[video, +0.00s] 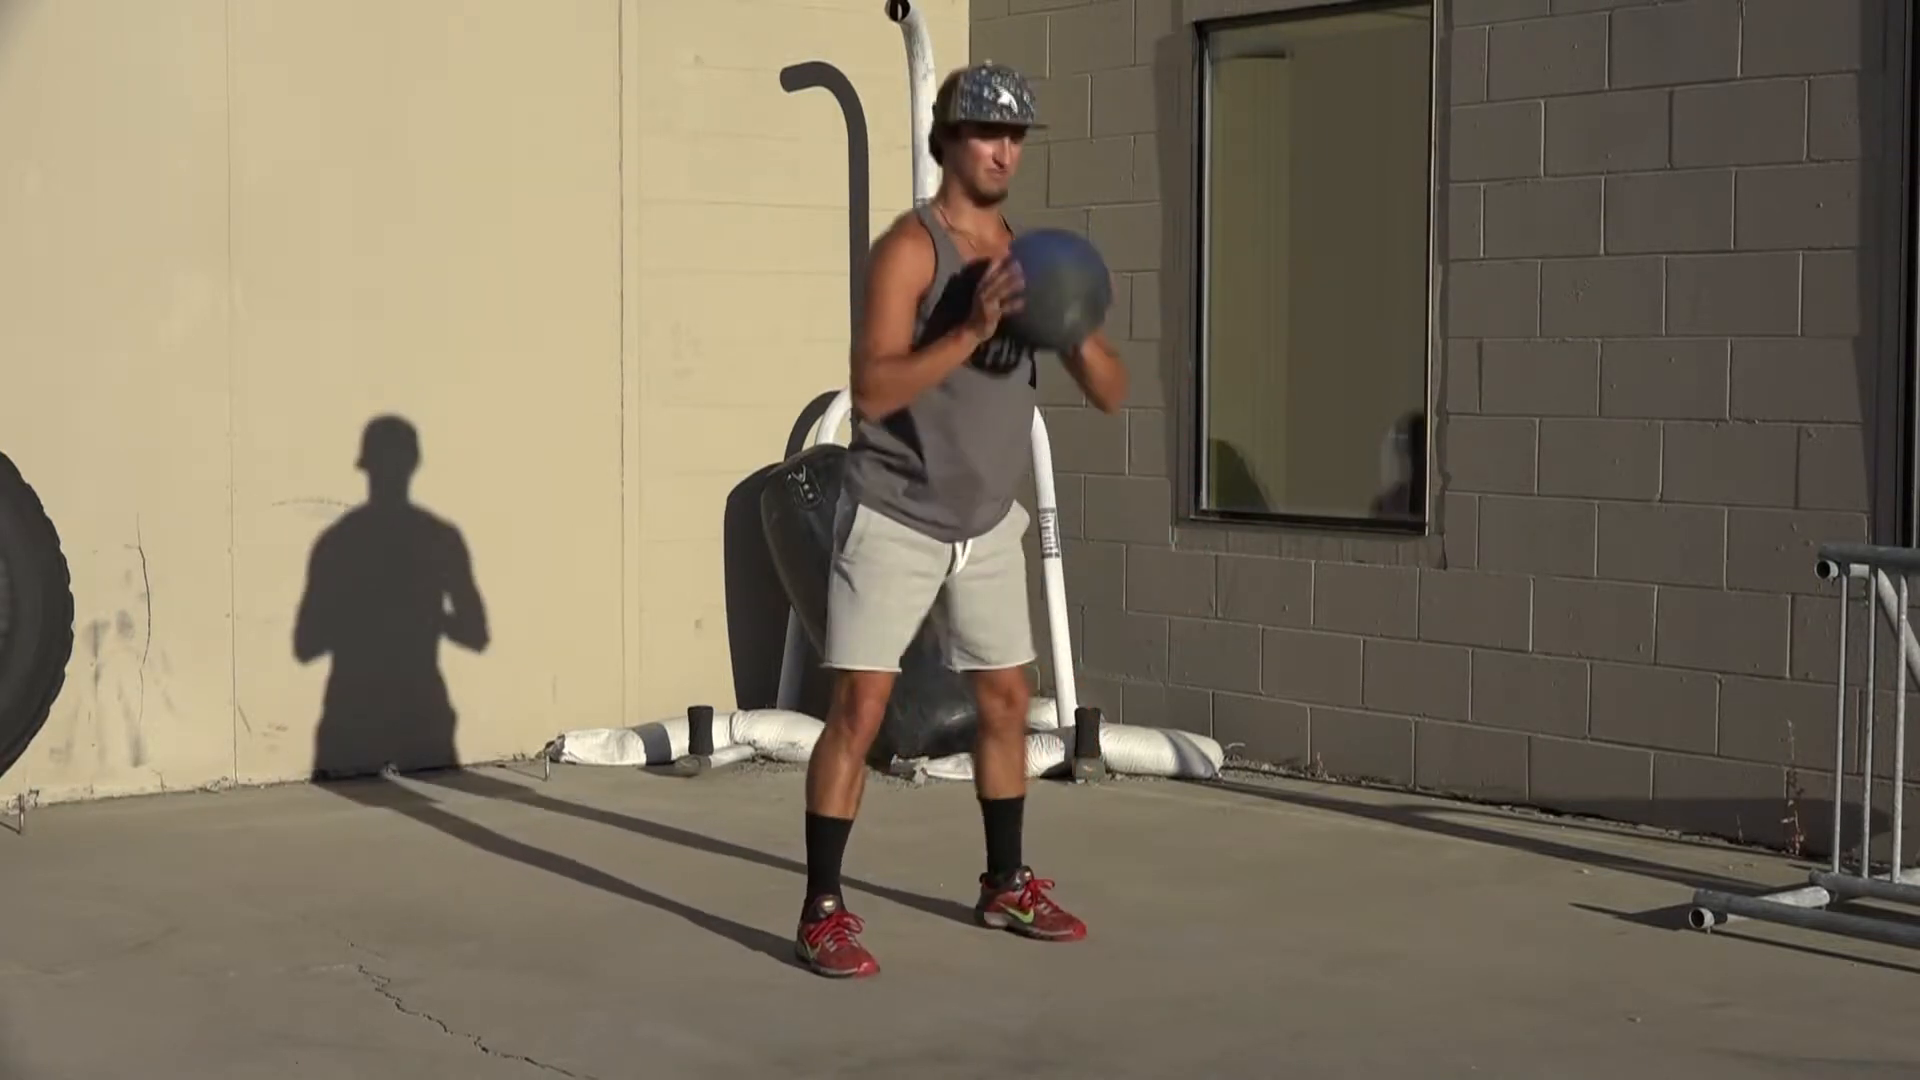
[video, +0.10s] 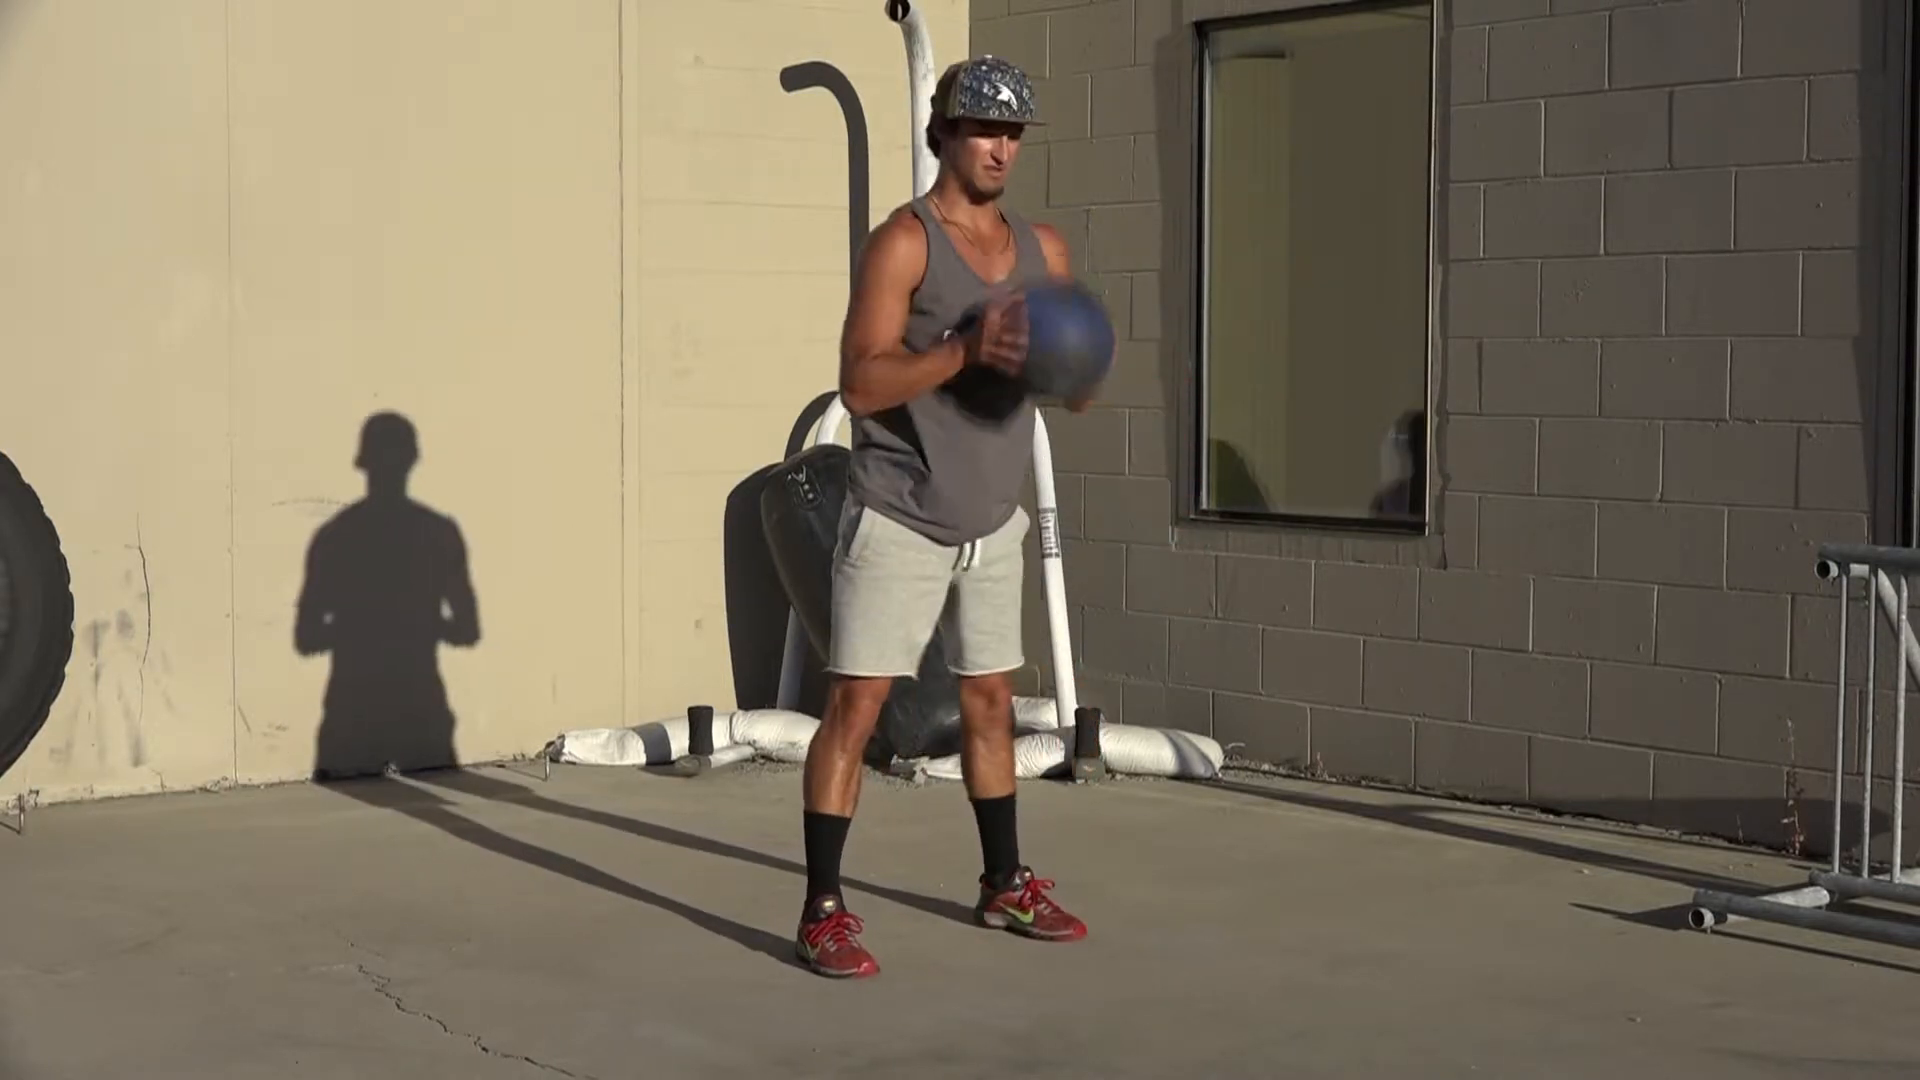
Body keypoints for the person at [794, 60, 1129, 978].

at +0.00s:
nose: (1001, 150)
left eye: (1012, 137)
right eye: (983, 134)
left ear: (1024, 151)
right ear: (945, 143)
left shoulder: (1030, 258)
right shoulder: (906, 251)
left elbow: (1112, 393)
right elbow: (871, 393)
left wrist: (1066, 314)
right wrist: (973, 330)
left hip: (992, 522)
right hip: (894, 517)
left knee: (1004, 700)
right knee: (860, 710)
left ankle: (1006, 886)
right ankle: (822, 910)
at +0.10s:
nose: (999, 148)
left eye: (1012, 134)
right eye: (982, 132)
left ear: (1024, 145)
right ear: (942, 137)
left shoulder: (1043, 246)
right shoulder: (901, 243)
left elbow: (1069, 386)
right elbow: (861, 387)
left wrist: (1070, 354)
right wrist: (966, 352)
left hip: (995, 514)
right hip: (898, 512)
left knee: (989, 698)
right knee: (858, 704)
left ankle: (1005, 887)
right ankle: (822, 910)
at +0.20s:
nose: (997, 153)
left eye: (1011, 139)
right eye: (980, 135)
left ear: (1024, 149)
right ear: (943, 139)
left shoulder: (1041, 249)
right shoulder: (901, 245)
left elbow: (1054, 371)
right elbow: (859, 385)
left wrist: (1061, 416)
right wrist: (966, 393)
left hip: (994, 513)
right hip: (899, 507)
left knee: (988, 698)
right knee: (859, 702)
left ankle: (1004, 886)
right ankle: (823, 910)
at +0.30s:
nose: (1010, 166)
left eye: (1022, 151)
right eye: (993, 149)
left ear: (1032, 159)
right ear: (953, 150)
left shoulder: (1044, 260)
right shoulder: (905, 256)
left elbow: (1058, 398)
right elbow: (870, 401)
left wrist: (1070, 490)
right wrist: (966, 467)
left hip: (987, 515)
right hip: (888, 513)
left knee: (996, 698)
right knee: (857, 706)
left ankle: (1005, 887)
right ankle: (822, 910)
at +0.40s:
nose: (1028, 201)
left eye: (1039, 185)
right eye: (1011, 183)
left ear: (1047, 192)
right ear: (967, 183)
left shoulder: (1052, 296)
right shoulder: (912, 288)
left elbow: (1060, 443)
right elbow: (888, 448)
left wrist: (1065, 560)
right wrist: (963, 548)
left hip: (966, 527)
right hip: (869, 521)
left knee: (1006, 695)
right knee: (854, 706)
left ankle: (1006, 886)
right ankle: (820, 909)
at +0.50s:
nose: (1039, 257)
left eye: (1051, 242)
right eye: (1023, 239)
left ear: (1061, 250)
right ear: (981, 240)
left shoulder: (1057, 350)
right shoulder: (920, 342)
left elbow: (1059, 503)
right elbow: (915, 510)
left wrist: (1058, 638)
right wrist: (959, 634)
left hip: (953, 526)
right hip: (851, 525)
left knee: (1019, 682)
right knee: (853, 706)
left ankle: (1007, 882)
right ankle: (821, 910)